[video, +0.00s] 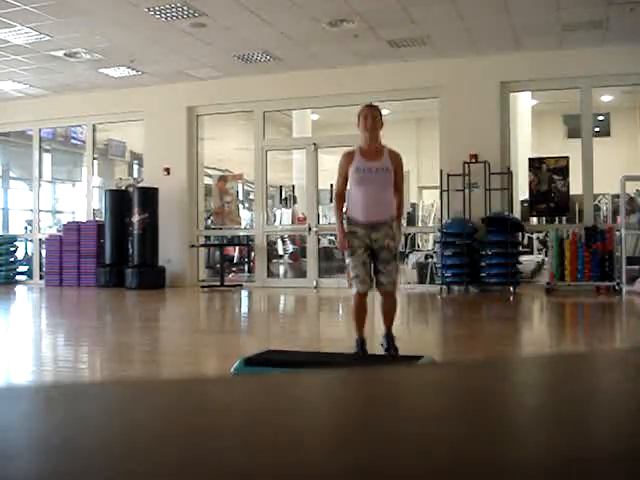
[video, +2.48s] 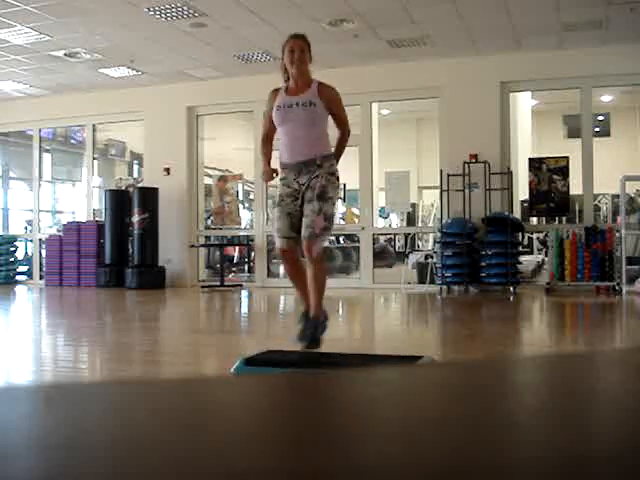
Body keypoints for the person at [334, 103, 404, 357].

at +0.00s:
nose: (369, 123)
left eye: (374, 118)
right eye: (365, 118)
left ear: (381, 123)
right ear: (358, 123)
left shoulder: (393, 157)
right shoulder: (349, 158)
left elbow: (398, 192)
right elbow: (339, 194)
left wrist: (398, 221)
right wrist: (340, 230)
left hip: (386, 226)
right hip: (356, 227)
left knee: (388, 288)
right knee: (361, 288)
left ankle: (388, 335)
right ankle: (360, 340)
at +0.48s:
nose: (388, 119)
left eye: (393, 114)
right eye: (383, 115)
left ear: (402, 118)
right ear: (377, 121)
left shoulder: (417, 156)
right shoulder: (371, 156)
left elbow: (436, 193)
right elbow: (359, 191)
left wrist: (438, 226)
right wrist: (352, 218)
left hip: (410, 232)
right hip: (376, 232)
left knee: (416, 291)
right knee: (370, 293)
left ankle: (423, 347)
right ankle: (367, 338)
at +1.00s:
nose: (358, 90)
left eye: (363, 85)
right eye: (354, 87)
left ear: (373, 90)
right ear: (348, 93)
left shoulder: (387, 118)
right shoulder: (342, 128)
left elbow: (367, 120)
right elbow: (305, 149)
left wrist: (328, 121)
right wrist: (286, 118)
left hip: (395, 201)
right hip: (362, 206)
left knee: (413, 273)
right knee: (345, 265)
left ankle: (431, 336)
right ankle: (346, 335)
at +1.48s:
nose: (342, 69)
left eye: (346, 64)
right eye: (336, 66)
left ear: (356, 70)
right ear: (330, 73)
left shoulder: (369, 103)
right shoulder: (323, 108)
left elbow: (387, 123)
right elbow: (292, 140)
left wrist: (363, 104)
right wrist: (296, 126)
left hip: (370, 184)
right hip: (336, 189)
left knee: (372, 244)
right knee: (339, 262)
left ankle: (394, 297)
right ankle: (351, 334)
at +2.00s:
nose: (316, 59)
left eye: (321, 54)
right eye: (311, 55)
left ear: (330, 60)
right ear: (304, 61)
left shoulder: (340, 90)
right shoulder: (296, 97)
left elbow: (359, 107)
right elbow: (265, 125)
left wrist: (338, 97)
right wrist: (246, 110)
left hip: (341, 172)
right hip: (308, 178)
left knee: (352, 242)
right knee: (304, 253)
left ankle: (381, 295)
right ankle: (305, 326)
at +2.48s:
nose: (296, 56)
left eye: (301, 51)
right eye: (291, 52)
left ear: (310, 57)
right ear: (283, 58)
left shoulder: (325, 92)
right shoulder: (277, 96)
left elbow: (344, 129)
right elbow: (267, 134)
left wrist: (334, 160)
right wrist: (266, 164)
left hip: (320, 171)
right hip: (288, 175)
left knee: (312, 246)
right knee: (285, 249)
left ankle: (316, 314)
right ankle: (309, 304)